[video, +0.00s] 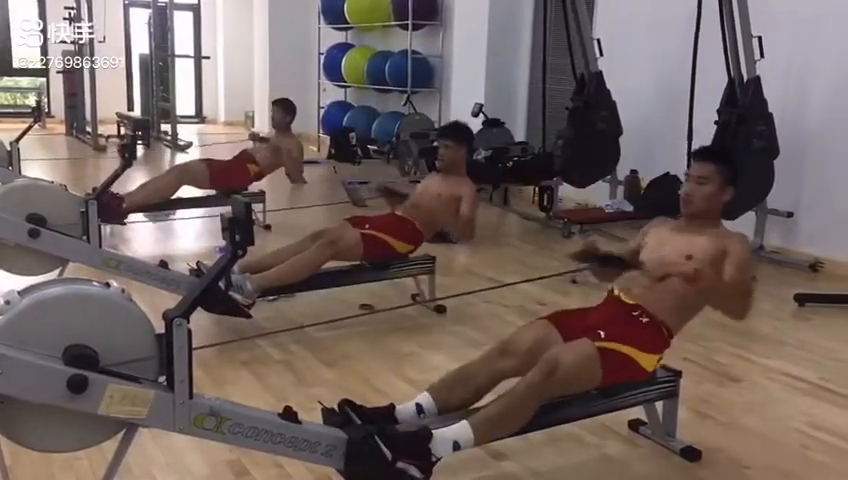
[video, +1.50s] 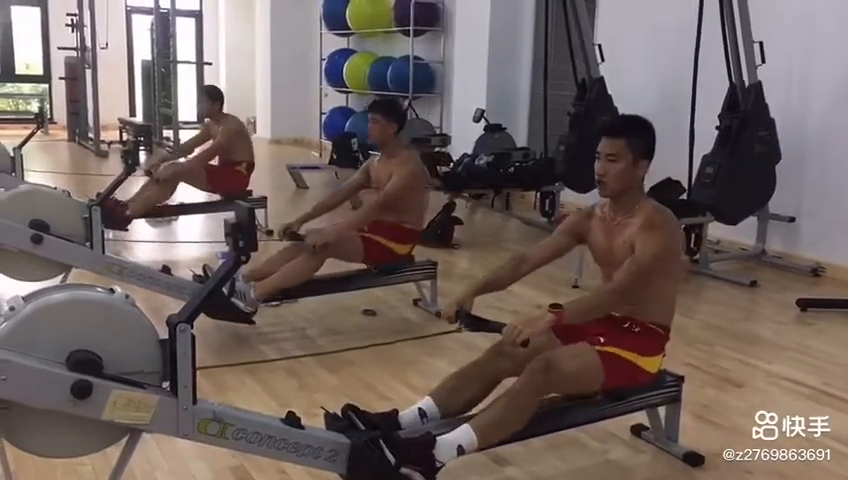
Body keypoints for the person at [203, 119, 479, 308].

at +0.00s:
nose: (439, 153)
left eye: (446, 149)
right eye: (438, 148)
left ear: (464, 153)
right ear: (441, 150)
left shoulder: (467, 189)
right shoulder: (433, 177)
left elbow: (466, 235)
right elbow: (411, 212)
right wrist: (393, 198)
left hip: (405, 234)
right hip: (386, 220)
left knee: (331, 244)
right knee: (318, 235)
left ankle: (251, 287)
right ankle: (234, 269)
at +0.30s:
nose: (432, 145)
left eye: (438, 141)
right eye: (432, 140)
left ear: (456, 146)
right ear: (435, 142)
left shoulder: (460, 184)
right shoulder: (429, 172)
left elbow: (468, 234)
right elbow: (407, 209)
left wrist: (450, 207)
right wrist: (394, 193)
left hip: (400, 234)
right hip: (380, 221)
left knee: (327, 246)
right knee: (314, 236)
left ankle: (247, 289)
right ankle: (233, 271)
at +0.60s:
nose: (405, 130)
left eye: (412, 125)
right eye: (406, 124)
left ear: (432, 131)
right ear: (411, 129)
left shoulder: (437, 170)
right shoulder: (406, 163)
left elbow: (427, 218)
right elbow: (382, 198)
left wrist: (378, 220)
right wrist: (351, 209)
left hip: (396, 238)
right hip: (374, 227)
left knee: (326, 249)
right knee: (312, 240)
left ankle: (247, 291)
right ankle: (232, 274)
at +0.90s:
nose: (387, 126)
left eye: (394, 120)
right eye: (388, 120)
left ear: (413, 125)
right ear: (393, 123)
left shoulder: (422, 166)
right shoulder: (393, 159)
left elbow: (398, 214)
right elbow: (359, 195)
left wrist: (354, 235)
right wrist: (321, 219)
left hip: (396, 240)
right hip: (374, 231)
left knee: (324, 257)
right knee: (311, 248)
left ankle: (248, 293)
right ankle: (233, 276)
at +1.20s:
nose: (380, 127)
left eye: (387, 121)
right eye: (381, 121)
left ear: (405, 125)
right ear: (390, 125)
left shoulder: (418, 165)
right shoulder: (385, 162)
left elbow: (387, 211)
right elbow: (351, 195)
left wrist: (341, 238)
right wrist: (310, 222)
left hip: (398, 244)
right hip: (376, 235)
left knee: (326, 263)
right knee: (314, 252)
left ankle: (251, 295)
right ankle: (237, 278)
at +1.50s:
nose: (369, 129)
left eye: (374, 123)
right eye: (369, 122)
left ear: (394, 127)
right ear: (380, 126)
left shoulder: (409, 167)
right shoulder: (375, 162)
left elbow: (375, 208)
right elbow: (340, 195)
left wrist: (329, 234)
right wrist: (300, 221)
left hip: (395, 243)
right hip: (372, 233)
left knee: (322, 249)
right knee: (308, 239)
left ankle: (254, 295)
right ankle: (241, 278)